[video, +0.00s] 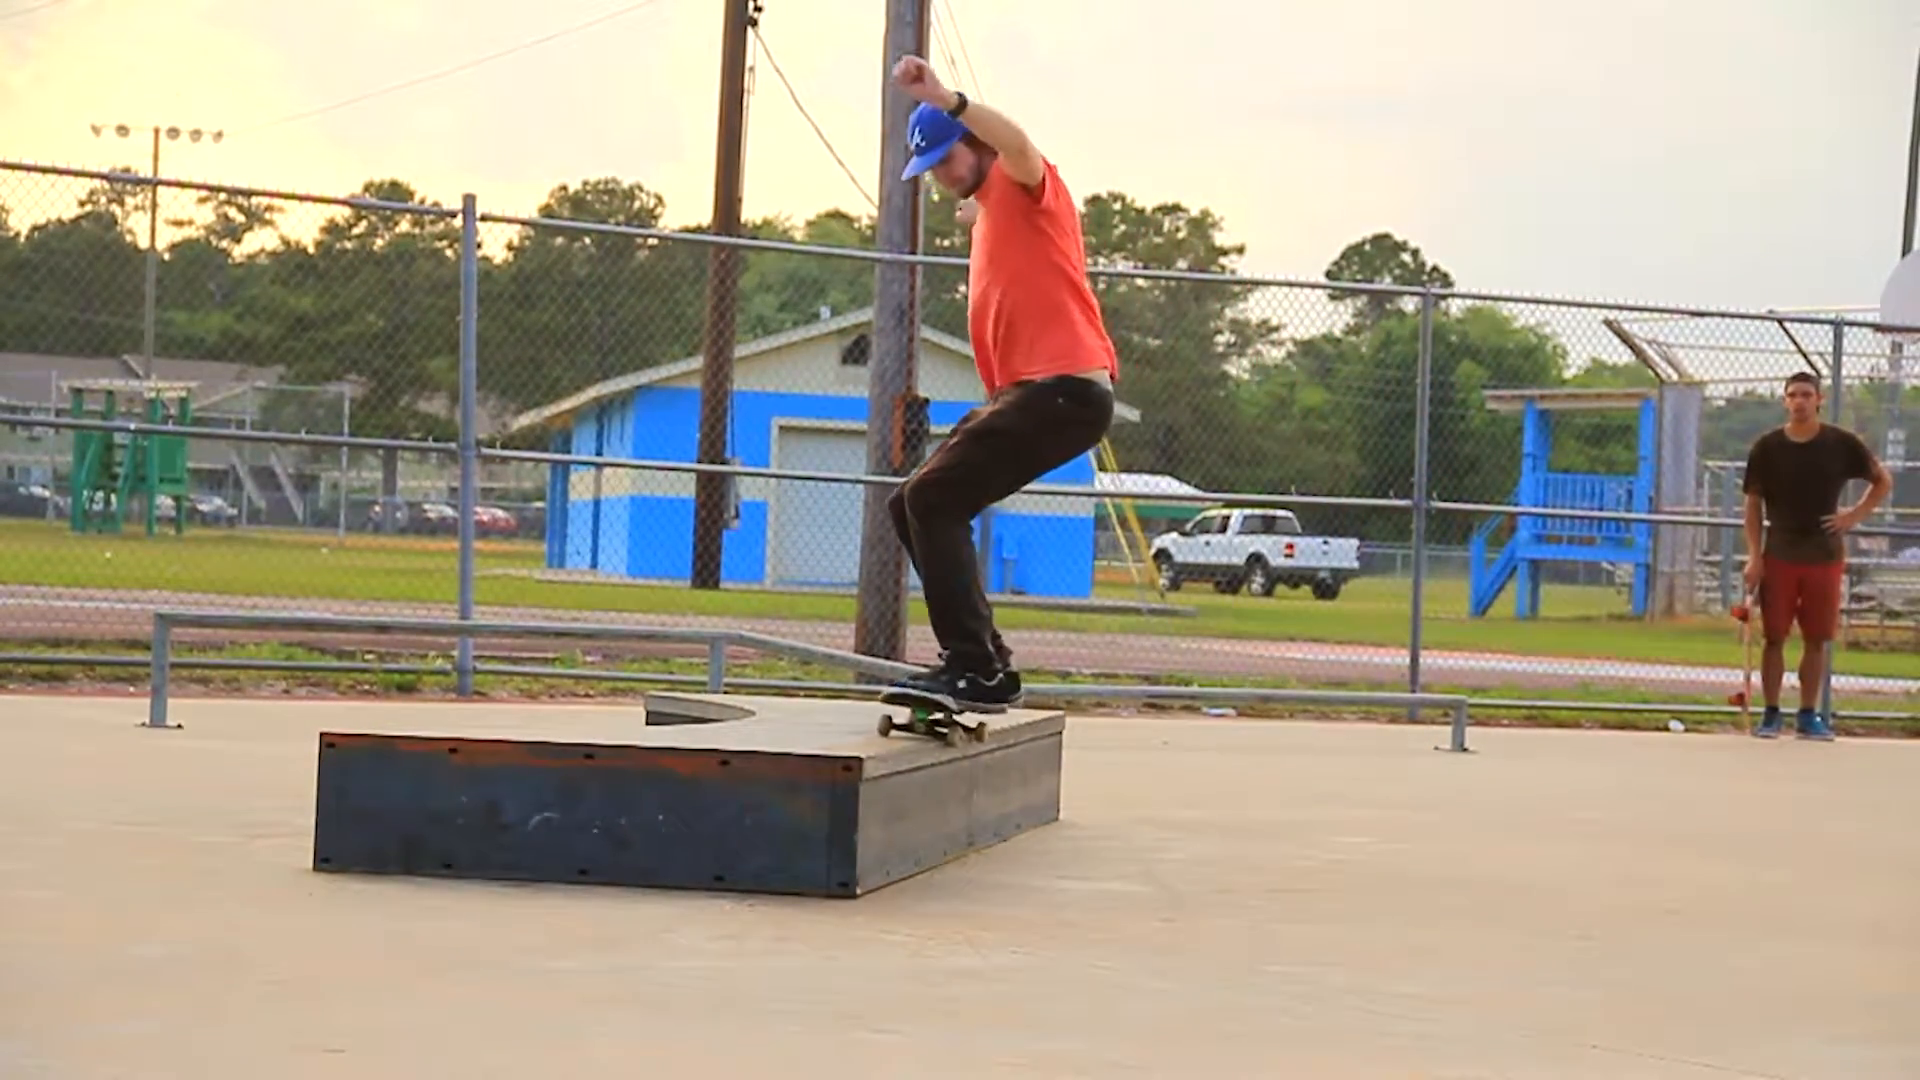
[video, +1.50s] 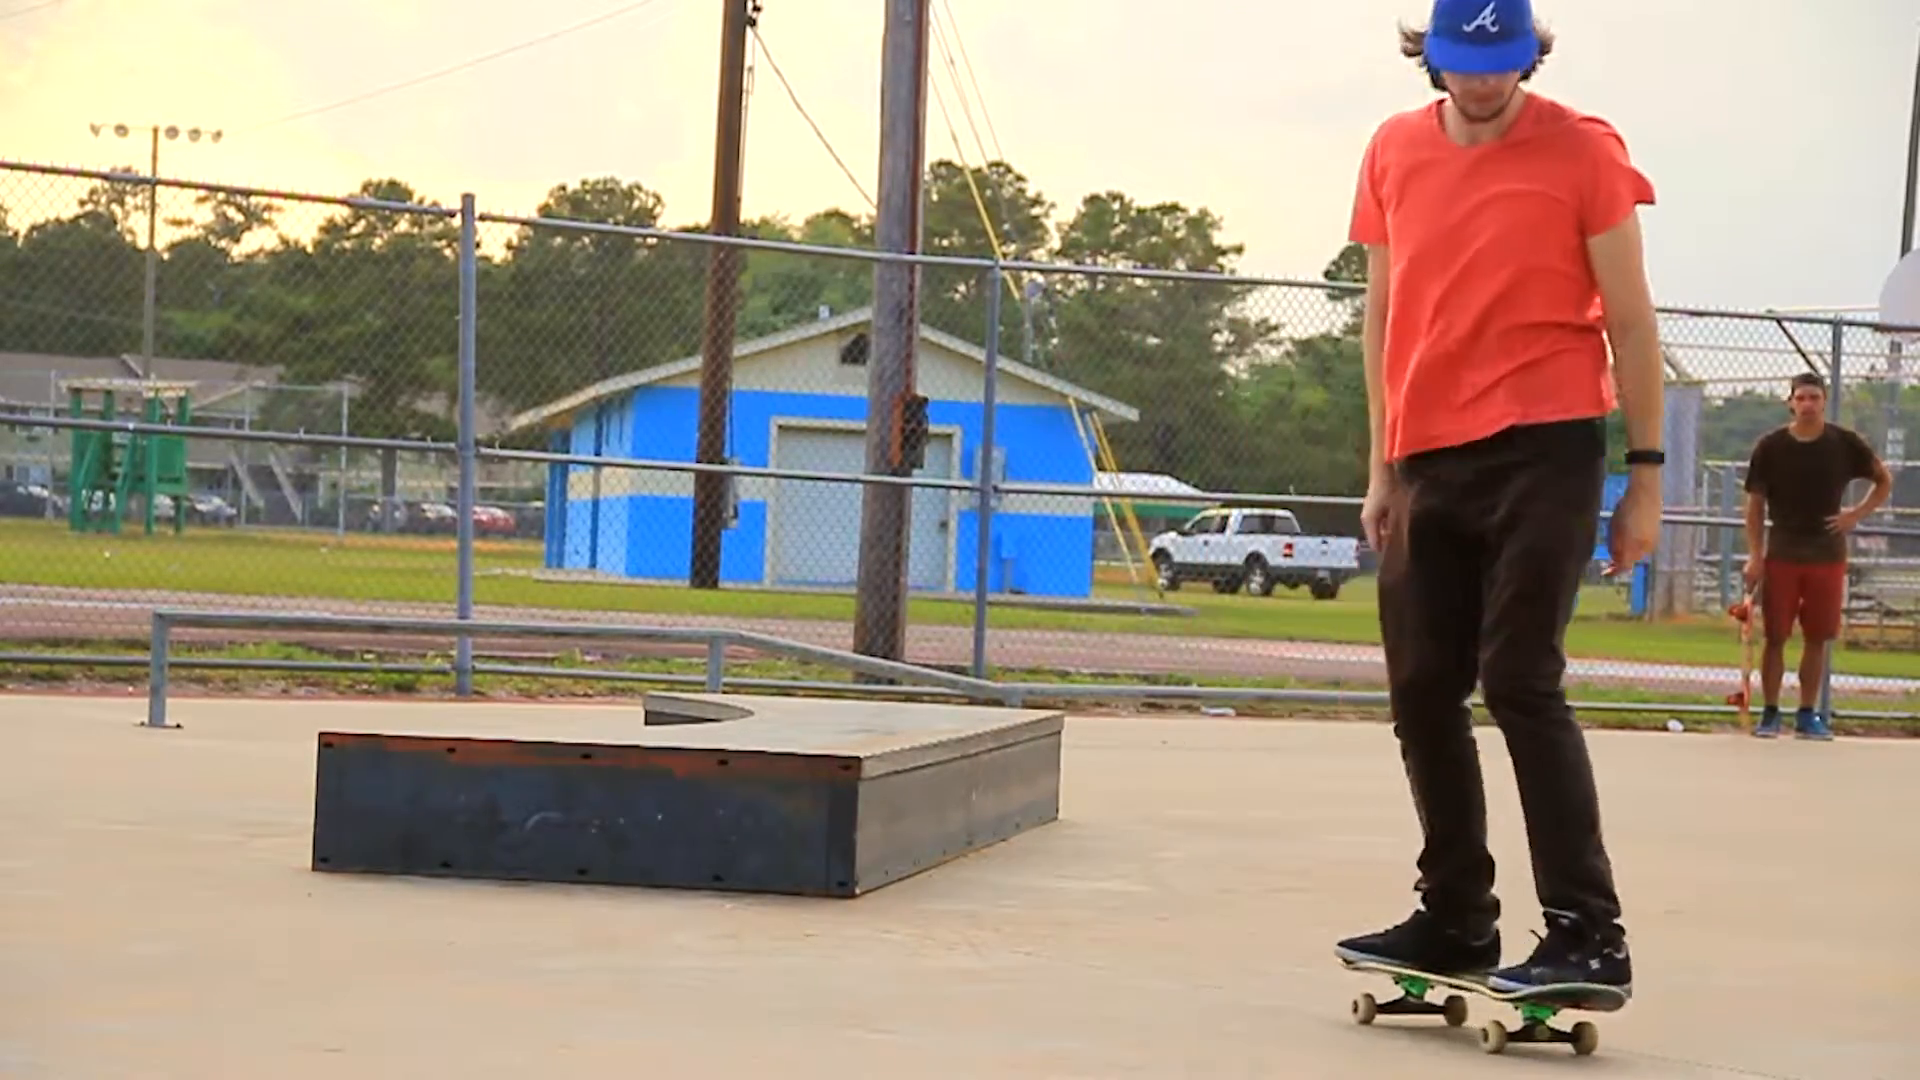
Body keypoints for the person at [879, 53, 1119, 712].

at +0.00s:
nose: (939, 179)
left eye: (943, 163)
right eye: (932, 169)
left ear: (976, 144)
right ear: (939, 165)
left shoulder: (1026, 185)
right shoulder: (989, 209)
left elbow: (1015, 143)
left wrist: (945, 97)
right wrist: (996, 399)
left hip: (1068, 391)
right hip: (1030, 392)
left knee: (931, 498)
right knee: (910, 504)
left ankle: (978, 667)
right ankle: (975, 658)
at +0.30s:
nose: (961, 106)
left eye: (967, 89)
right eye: (952, 95)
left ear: (1003, 67)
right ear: (954, 86)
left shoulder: (1051, 100)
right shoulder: (972, 145)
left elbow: (1094, 28)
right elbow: (928, 170)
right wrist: (851, 169)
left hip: (1054, 341)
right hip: (1007, 344)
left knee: (929, 480)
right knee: (889, 492)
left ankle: (939, 675)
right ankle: (921, 664)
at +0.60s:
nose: (993, 139)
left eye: (997, 123)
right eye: (984, 129)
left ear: (1028, 94)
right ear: (993, 110)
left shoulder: (1076, 113)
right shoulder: (1025, 151)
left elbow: (1101, 113)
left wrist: (1125, 85)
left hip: (1140, 358)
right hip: (1065, 367)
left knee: (1036, 422)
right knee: (938, 490)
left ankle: (1090, 621)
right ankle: (988, 664)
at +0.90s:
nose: (1113, 300)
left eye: (1123, 285)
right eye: (1100, 289)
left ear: (1155, 258)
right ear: (1084, 269)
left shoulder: (1212, 319)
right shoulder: (1094, 321)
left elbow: (1258, 443)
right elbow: (1112, 429)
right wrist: (1110, 523)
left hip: (1205, 561)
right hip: (1109, 563)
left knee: (1107, 678)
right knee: (1016, 709)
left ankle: (1188, 858)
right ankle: (1110, 850)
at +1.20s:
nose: (1269, 238)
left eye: (1284, 222)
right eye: (1254, 224)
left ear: (1320, 196)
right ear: (1235, 203)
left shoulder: (1382, 274)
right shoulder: (1219, 268)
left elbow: (1425, 424)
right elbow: (1213, 416)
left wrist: (1437, 566)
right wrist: (1211, 546)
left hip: (1358, 521)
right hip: (1252, 531)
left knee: (1280, 676)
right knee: (1190, 716)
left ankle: (1354, 892)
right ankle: (1276, 883)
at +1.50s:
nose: (1481, 93)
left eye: (1500, 75)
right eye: (1462, 75)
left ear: (1531, 56)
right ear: (1432, 58)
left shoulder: (1582, 148)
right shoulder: (1396, 148)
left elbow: (1632, 316)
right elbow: (1379, 320)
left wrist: (1647, 471)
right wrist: (1382, 465)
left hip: (1546, 451)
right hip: (1428, 461)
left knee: (1520, 682)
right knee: (1422, 695)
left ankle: (1587, 934)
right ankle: (1457, 918)